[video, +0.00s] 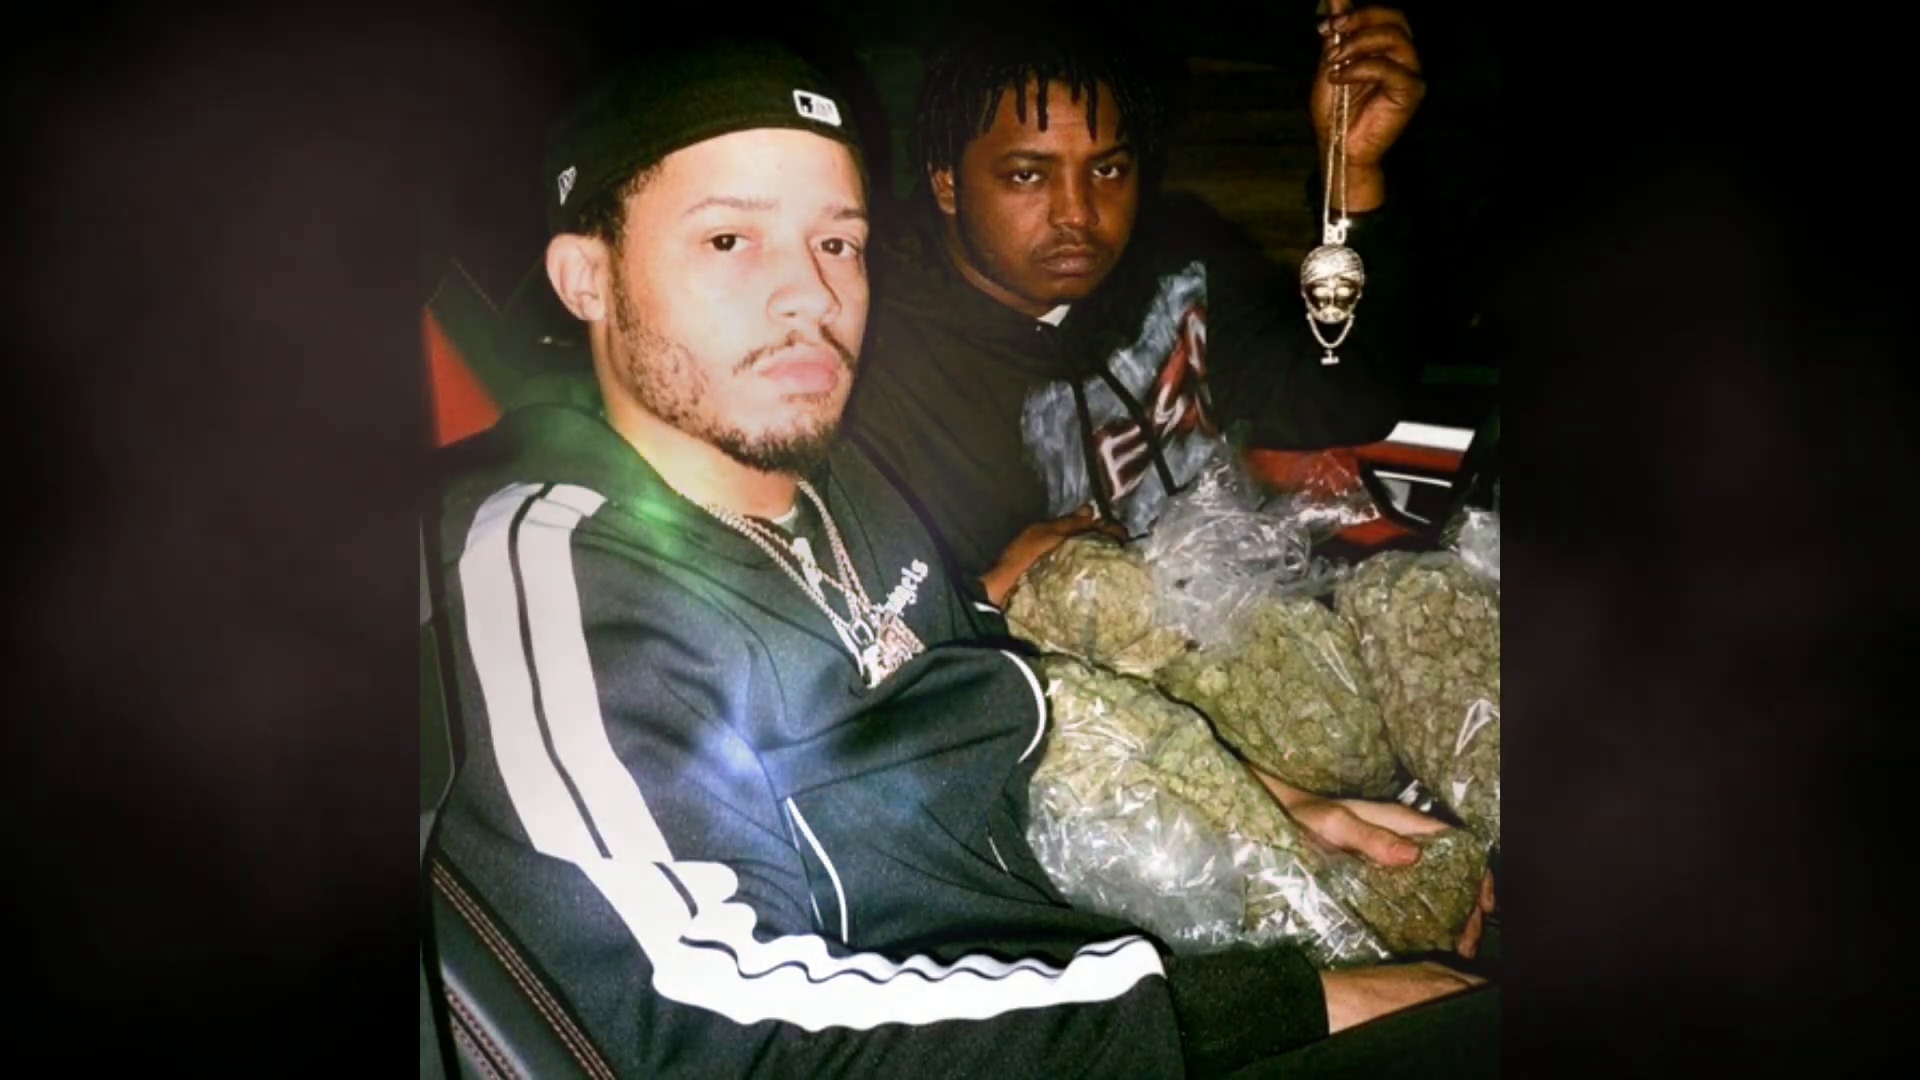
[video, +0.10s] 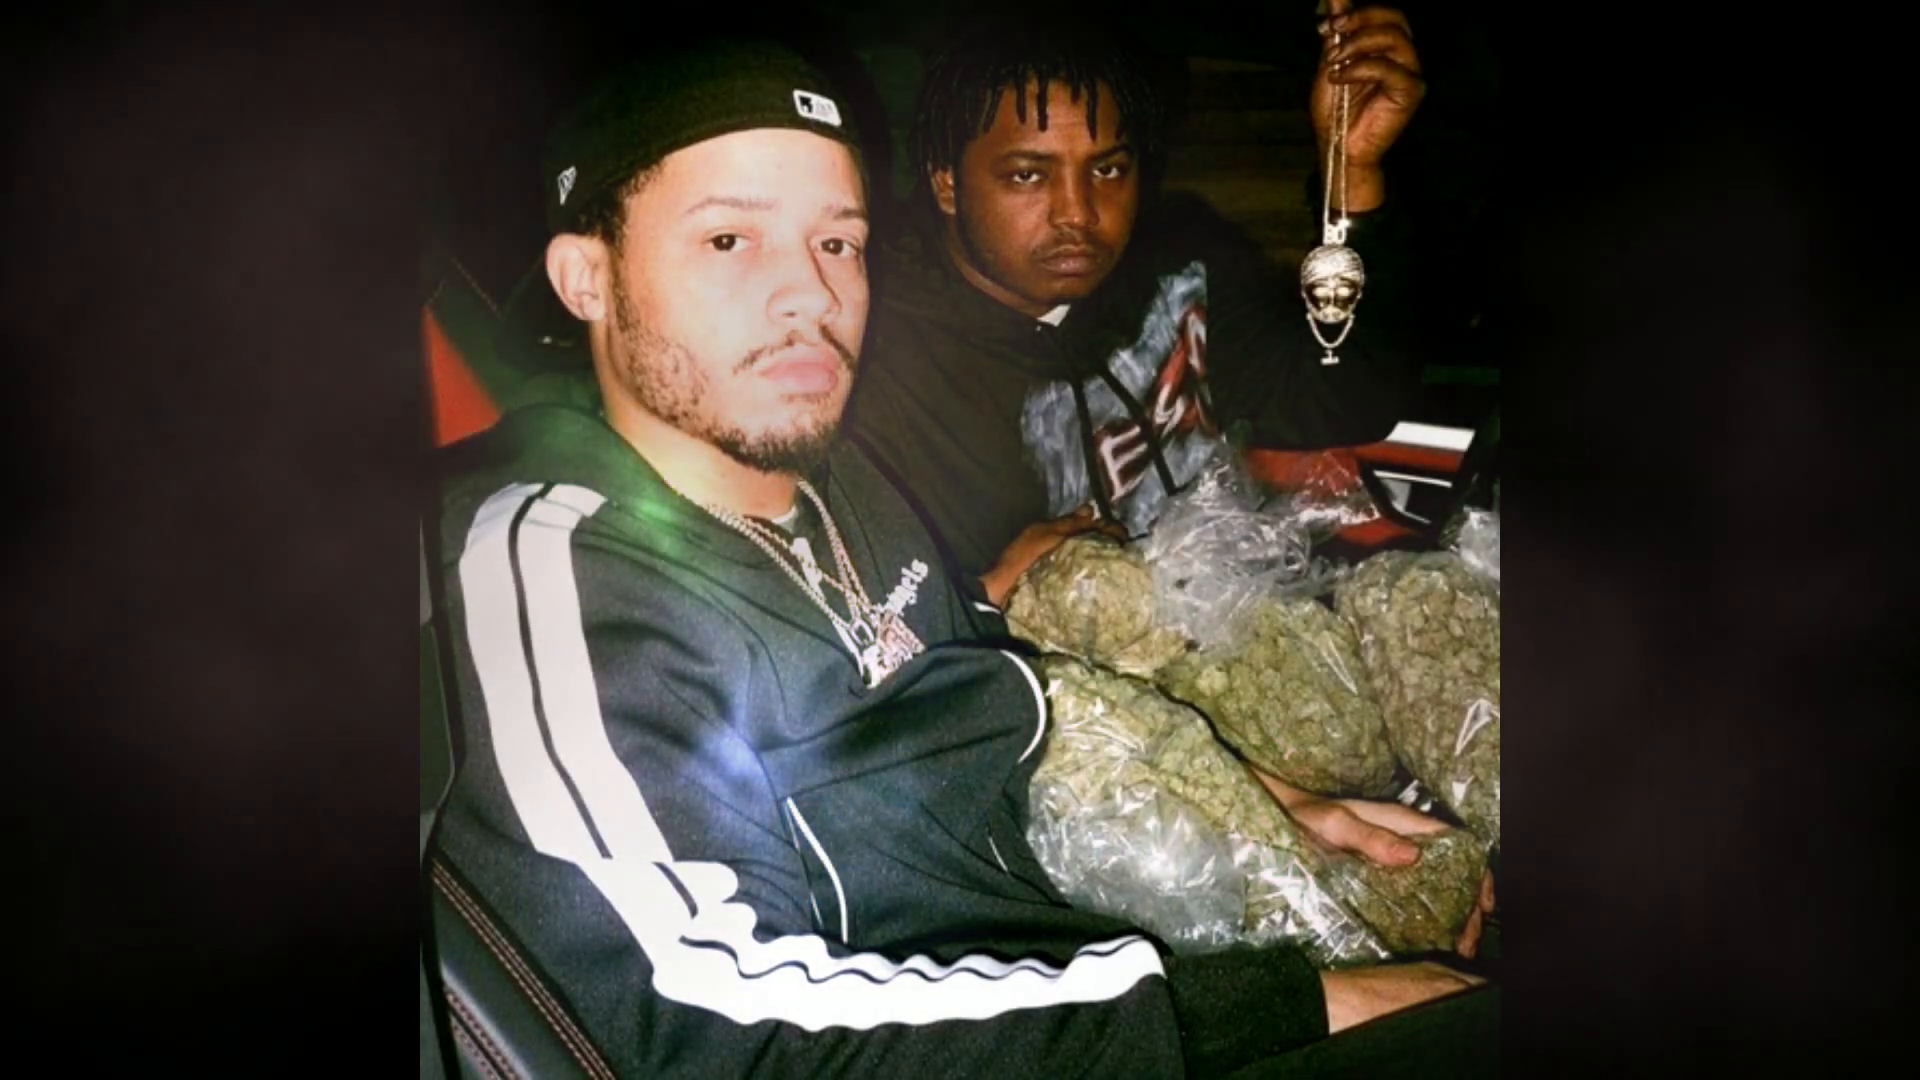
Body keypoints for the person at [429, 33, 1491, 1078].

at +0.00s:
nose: (812, 303)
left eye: (837, 249)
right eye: (729, 244)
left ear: (869, 267)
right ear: (587, 281)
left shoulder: (827, 488)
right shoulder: (534, 550)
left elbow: (1006, 736)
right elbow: (703, 1017)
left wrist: (1268, 819)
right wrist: (1275, 1008)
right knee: (1481, 1010)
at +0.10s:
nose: (811, 304)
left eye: (836, 250)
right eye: (729, 244)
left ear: (869, 269)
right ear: (588, 282)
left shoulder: (824, 486)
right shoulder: (533, 554)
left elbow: (1007, 736)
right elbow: (708, 1017)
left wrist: (1265, 820)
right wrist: (1277, 1008)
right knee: (1484, 1008)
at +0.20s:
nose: (811, 305)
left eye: (837, 249)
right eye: (729, 245)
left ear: (870, 268)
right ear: (587, 281)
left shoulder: (825, 484)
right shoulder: (534, 550)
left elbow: (1010, 737)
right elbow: (702, 1019)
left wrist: (1263, 818)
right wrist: (1275, 1008)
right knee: (1487, 1008)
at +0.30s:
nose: (811, 305)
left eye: (836, 249)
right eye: (729, 246)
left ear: (869, 268)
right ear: (587, 282)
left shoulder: (825, 485)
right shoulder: (531, 555)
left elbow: (1008, 743)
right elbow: (701, 1017)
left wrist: (1263, 821)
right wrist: (1275, 1009)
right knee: (1480, 1008)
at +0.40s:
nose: (813, 305)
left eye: (837, 250)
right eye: (729, 245)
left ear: (869, 268)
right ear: (587, 282)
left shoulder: (826, 487)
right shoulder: (534, 555)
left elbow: (1010, 744)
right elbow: (702, 1016)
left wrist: (1262, 821)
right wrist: (1275, 1008)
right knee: (1482, 1008)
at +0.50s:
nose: (812, 305)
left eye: (837, 249)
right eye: (729, 245)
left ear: (869, 267)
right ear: (588, 282)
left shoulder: (827, 479)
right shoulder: (532, 556)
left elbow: (1010, 738)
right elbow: (701, 1018)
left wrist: (1259, 818)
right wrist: (1274, 1009)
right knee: (1480, 1008)